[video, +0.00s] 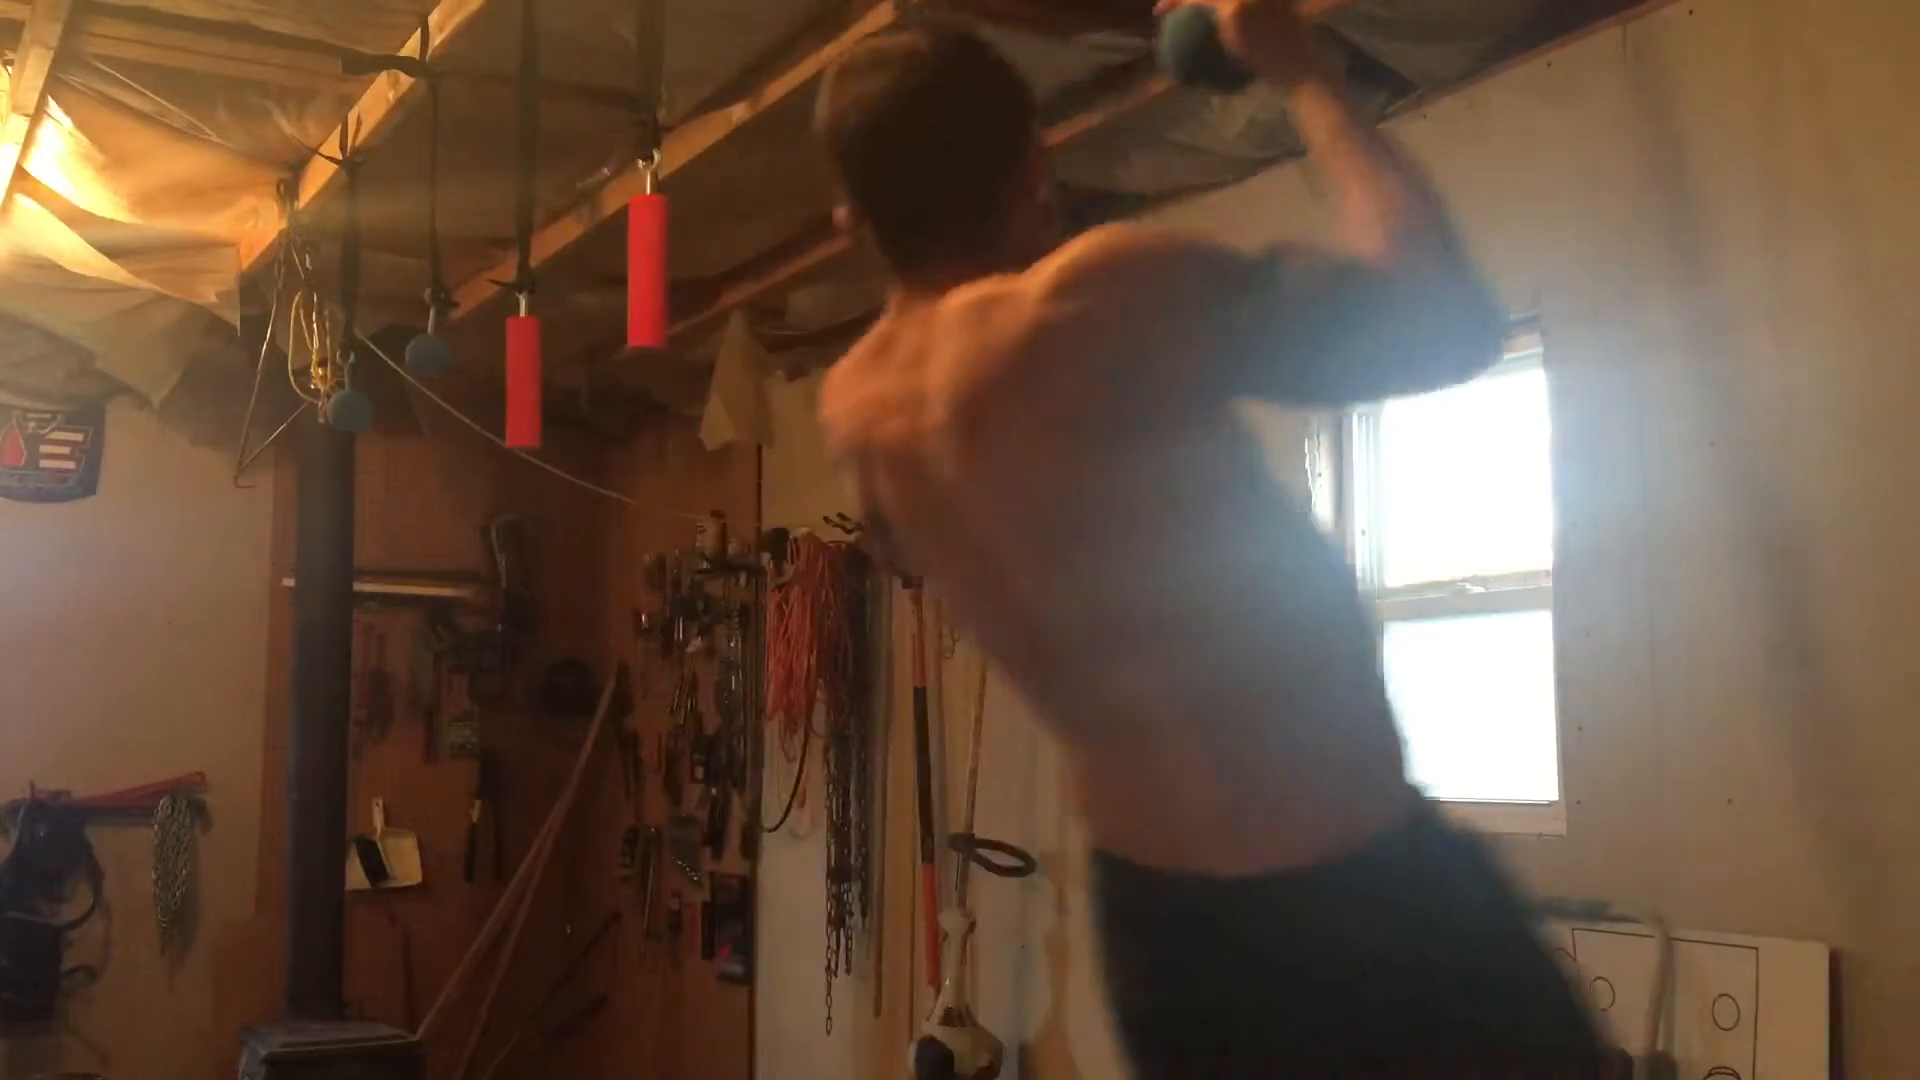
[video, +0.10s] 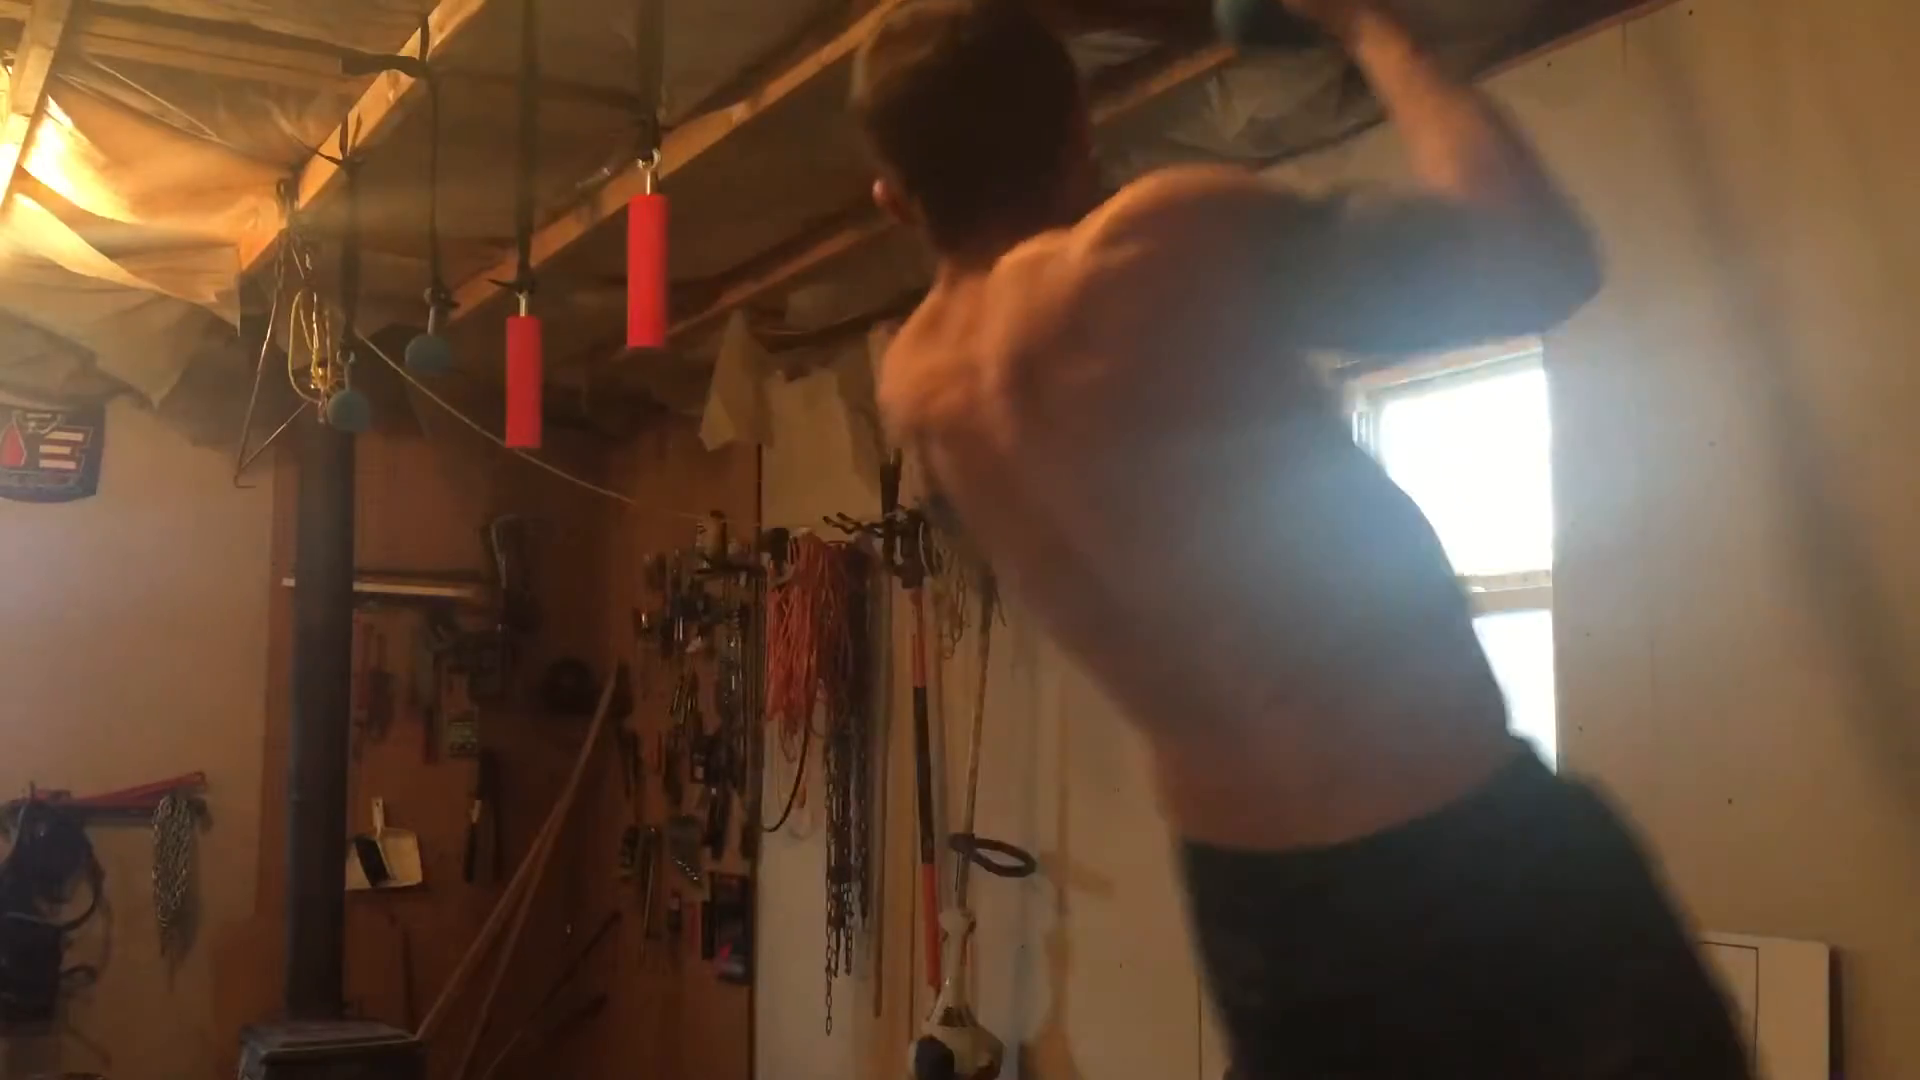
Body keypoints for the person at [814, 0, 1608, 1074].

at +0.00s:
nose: (1046, 166)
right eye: (1037, 144)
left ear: (853, 225)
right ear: (1031, 173)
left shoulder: (855, 407)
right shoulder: (1117, 294)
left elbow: (916, 561)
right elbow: (1445, 319)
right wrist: (1305, 79)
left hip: (1155, 929)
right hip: (1363, 903)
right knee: (1557, 1064)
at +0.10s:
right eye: (1080, 111)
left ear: (897, 203)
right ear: (1079, 126)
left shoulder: (915, 384)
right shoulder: (1177, 240)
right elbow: (1540, 259)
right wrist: (1373, 34)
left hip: (1250, 908)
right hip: (1469, 860)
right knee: (1685, 1058)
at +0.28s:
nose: (1127, 74)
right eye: (1119, 54)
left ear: (929, 177)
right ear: (1114, 66)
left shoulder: (959, 356)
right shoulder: (1237, 161)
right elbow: (1626, 161)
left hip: (1343, 884)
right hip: (1580, 782)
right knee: (1848, 1031)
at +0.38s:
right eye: (1115, 42)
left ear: (925, 166)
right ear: (1110, 53)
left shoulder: (947, 349)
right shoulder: (1230, 152)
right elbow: (1619, 140)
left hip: (1338, 883)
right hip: (1566, 753)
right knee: (1877, 1011)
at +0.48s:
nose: (1105, 79)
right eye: (1090, 58)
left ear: (903, 181)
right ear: (1081, 75)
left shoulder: (918, 356)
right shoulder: (1188, 174)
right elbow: (1560, 159)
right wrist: (1445, 1)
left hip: (1296, 894)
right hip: (1514, 771)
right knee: (1880, 1002)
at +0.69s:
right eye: (993, 139)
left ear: (815, 254)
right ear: (987, 166)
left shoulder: (835, 412)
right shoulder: (1043, 272)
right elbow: (1375, 225)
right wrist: (1274, 29)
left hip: (1139, 961)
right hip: (1337, 860)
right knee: (1735, 1059)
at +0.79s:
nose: (951, 182)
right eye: (944, 173)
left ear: (773, 283)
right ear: (946, 201)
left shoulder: (787, 431)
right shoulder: (979, 319)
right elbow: (1278, 257)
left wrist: (931, 199)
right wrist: (1187, 30)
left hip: (1042, 978)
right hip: (1225, 898)